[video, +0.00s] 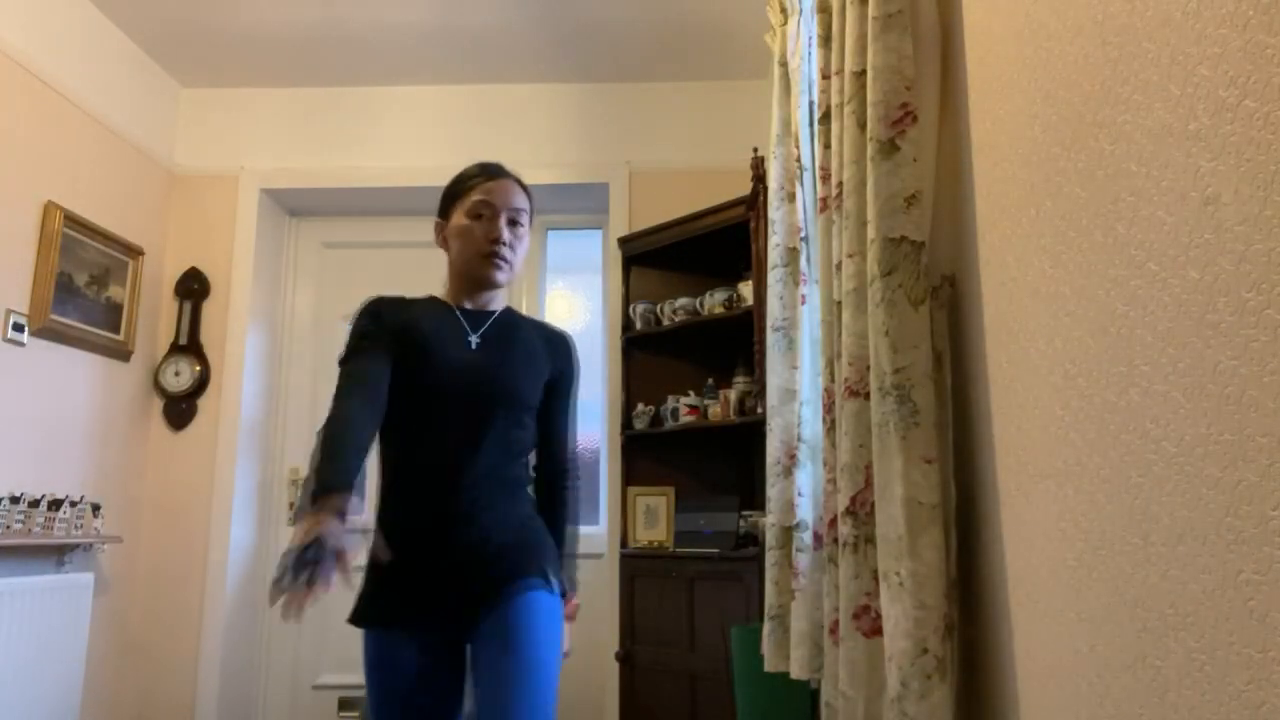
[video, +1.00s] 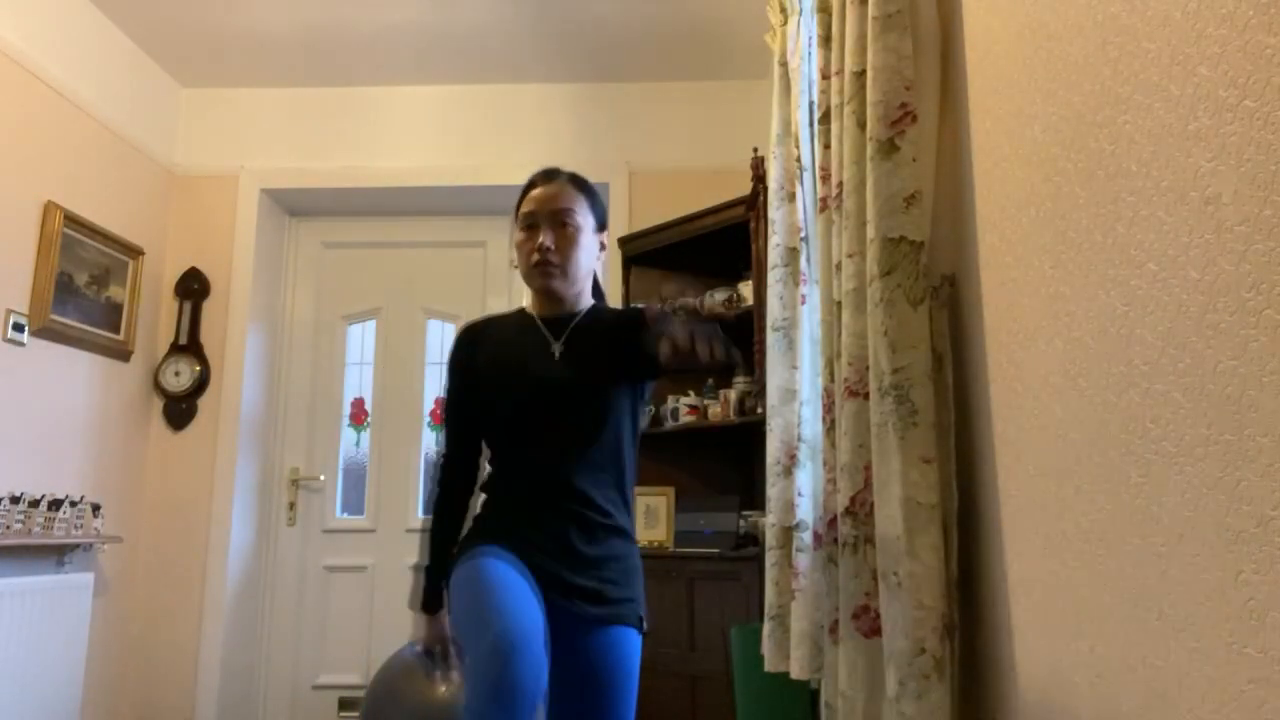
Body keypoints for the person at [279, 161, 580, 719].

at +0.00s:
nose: (501, 232)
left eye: (516, 222)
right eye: (482, 215)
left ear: (529, 244)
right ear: (442, 232)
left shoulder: (551, 348)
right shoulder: (390, 319)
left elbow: (556, 473)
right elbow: (353, 413)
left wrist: (561, 577)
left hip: (514, 575)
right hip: (408, 574)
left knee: (519, 712)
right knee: (404, 711)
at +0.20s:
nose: (511, 235)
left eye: (528, 223)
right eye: (493, 220)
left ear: (547, 246)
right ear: (463, 240)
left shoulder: (579, 349)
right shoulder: (416, 337)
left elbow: (626, 463)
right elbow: (346, 463)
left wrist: (663, 565)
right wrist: (282, 584)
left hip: (548, 608)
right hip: (437, 604)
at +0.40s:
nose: (532, 246)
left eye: (550, 231)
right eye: (516, 230)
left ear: (579, 248)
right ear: (495, 246)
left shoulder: (616, 342)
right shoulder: (458, 345)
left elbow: (675, 389)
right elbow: (395, 471)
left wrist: (702, 410)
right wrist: (328, 590)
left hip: (589, 595)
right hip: (482, 591)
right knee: (471, 712)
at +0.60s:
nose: (536, 249)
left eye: (557, 234)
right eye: (524, 232)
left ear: (593, 251)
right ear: (509, 246)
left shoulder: (621, 342)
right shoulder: (480, 350)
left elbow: (652, 347)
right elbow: (448, 477)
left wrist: (619, 305)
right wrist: (411, 599)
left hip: (595, 576)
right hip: (493, 567)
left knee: (606, 709)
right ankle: (524, 701)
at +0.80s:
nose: (540, 251)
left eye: (559, 238)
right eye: (527, 239)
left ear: (594, 257)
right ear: (512, 258)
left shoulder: (630, 352)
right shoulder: (483, 361)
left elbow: (635, 313)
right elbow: (467, 490)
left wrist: (616, 245)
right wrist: (460, 616)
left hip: (596, 596)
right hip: (498, 594)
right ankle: (559, 384)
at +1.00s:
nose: (542, 240)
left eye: (562, 223)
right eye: (528, 226)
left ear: (600, 245)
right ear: (514, 245)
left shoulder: (626, 331)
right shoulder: (482, 342)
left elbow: (655, 338)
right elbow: (457, 475)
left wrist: (683, 334)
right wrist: (433, 600)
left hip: (603, 559)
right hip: (502, 549)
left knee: (608, 708)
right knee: (514, 680)